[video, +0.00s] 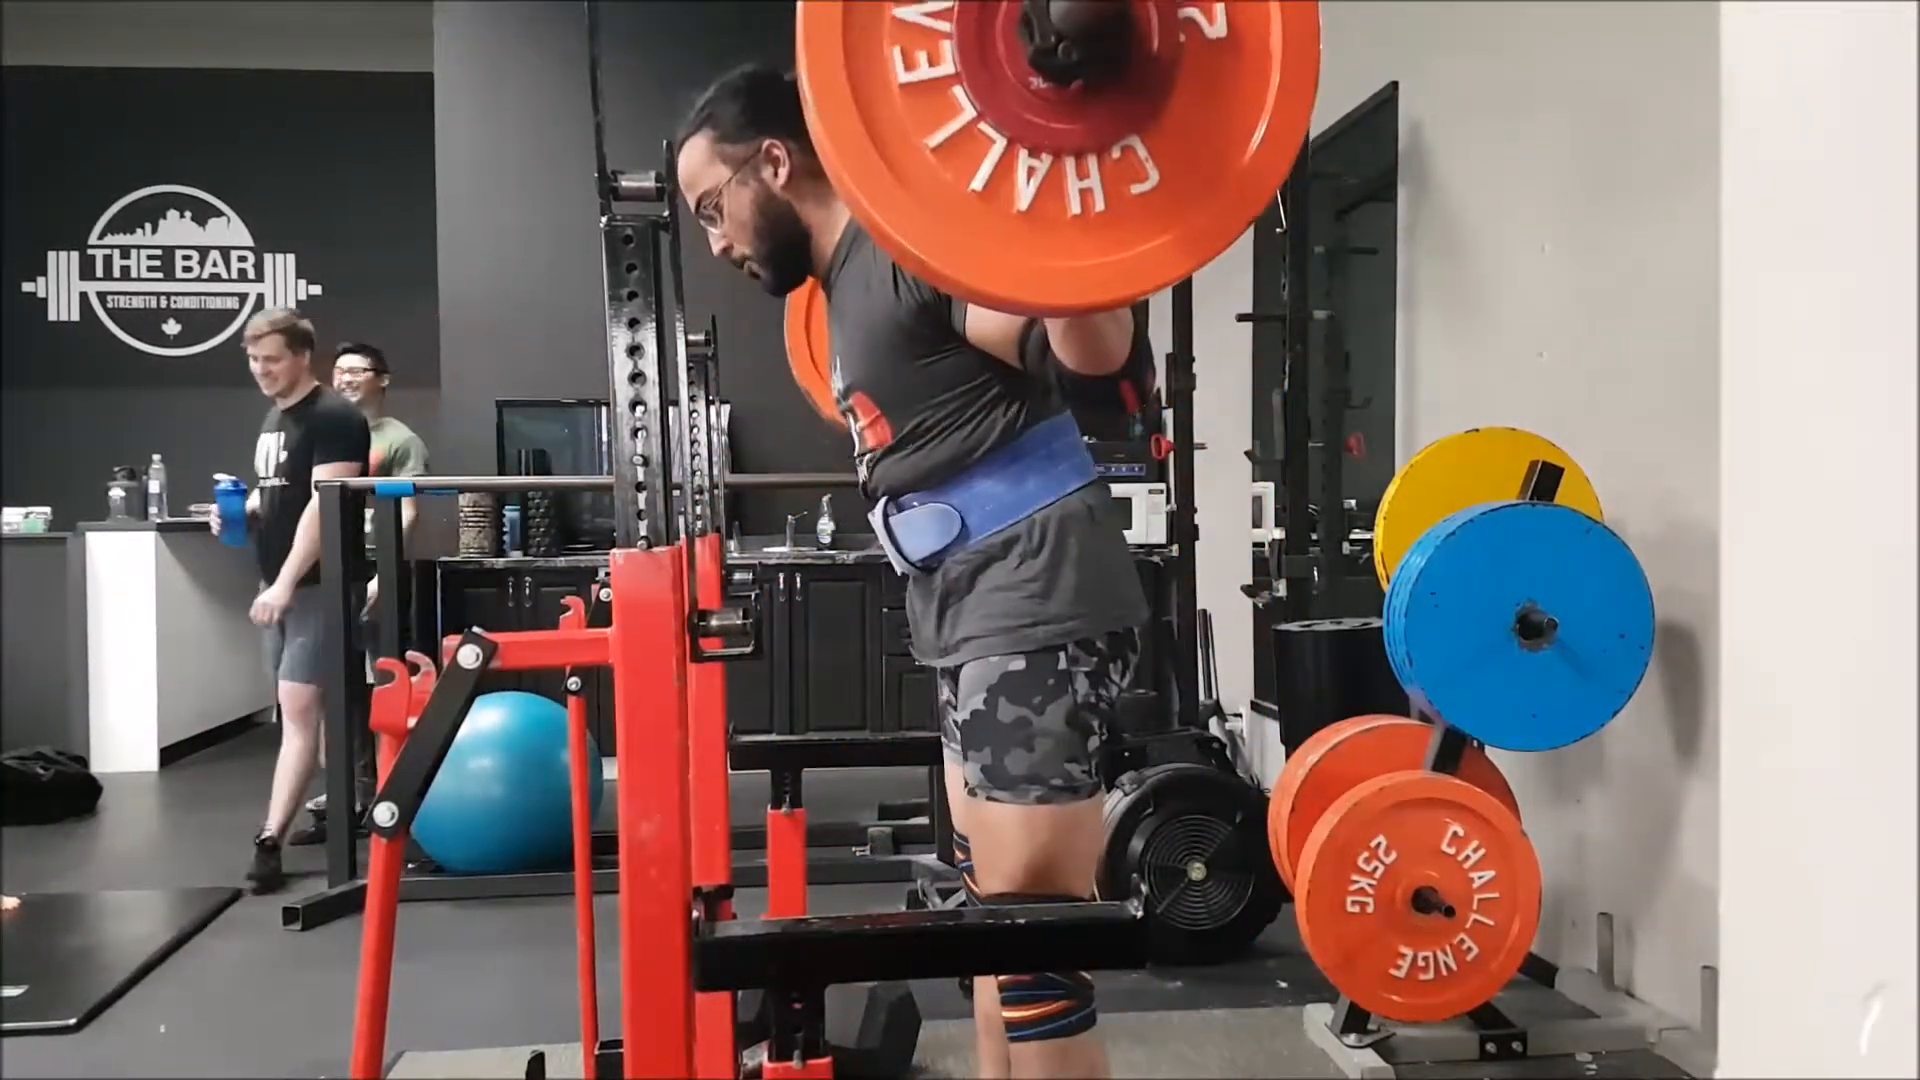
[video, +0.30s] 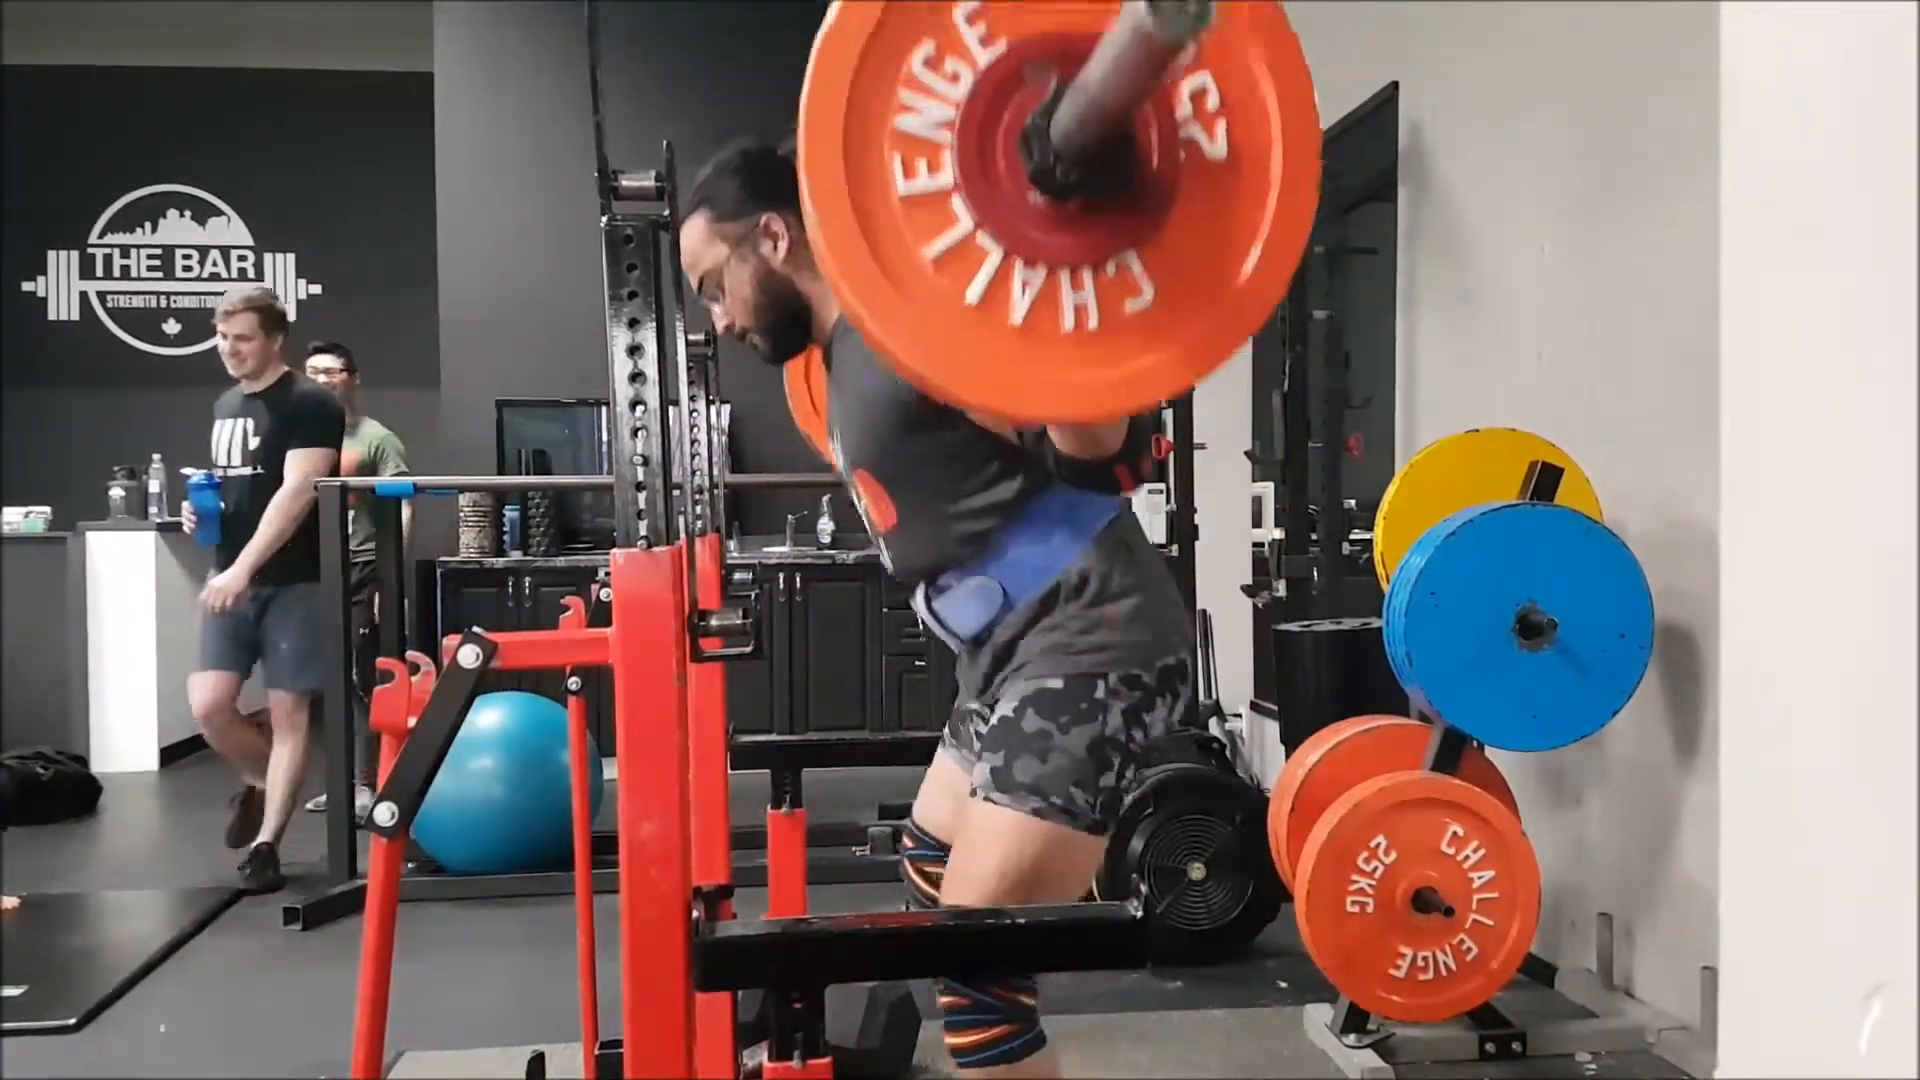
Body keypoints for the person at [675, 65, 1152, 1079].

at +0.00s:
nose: (715, 242)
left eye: (714, 207)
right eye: (701, 219)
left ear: (776, 162)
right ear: (774, 170)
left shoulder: (907, 240)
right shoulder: (844, 286)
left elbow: (1095, 346)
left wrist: (1098, 173)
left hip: (1037, 581)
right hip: (966, 597)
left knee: (1033, 933)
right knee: (990, 923)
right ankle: (1001, 1079)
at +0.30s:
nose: (715, 317)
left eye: (715, 282)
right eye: (704, 297)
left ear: (779, 234)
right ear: (777, 243)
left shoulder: (904, 315)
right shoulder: (827, 371)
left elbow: (1090, 435)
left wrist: (1093, 273)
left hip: (1092, 628)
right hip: (1013, 646)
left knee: (976, 952)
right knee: (932, 859)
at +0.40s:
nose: (719, 391)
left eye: (714, 359)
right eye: (705, 369)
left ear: (773, 310)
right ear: (769, 315)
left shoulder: (896, 369)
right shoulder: (821, 426)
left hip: (1114, 675)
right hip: (1014, 694)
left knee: (955, 986)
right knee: (911, 868)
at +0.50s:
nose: (726, 481)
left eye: (718, 447)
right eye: (710, 458)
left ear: (770, 396)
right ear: (771, 398)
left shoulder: (911, 455)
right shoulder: (847, 494)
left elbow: (1019, 397)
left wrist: (1130, 363)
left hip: (1121, 748)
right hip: (1018, 742)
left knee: (919, 1019)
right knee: (893, 875)